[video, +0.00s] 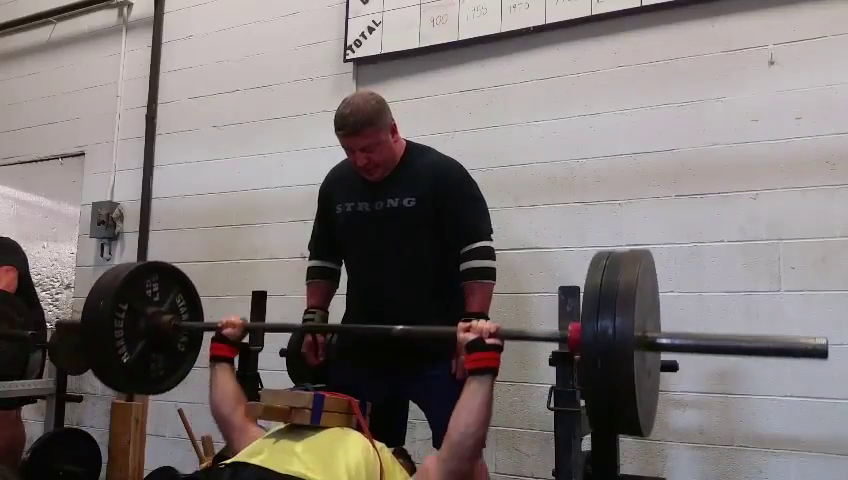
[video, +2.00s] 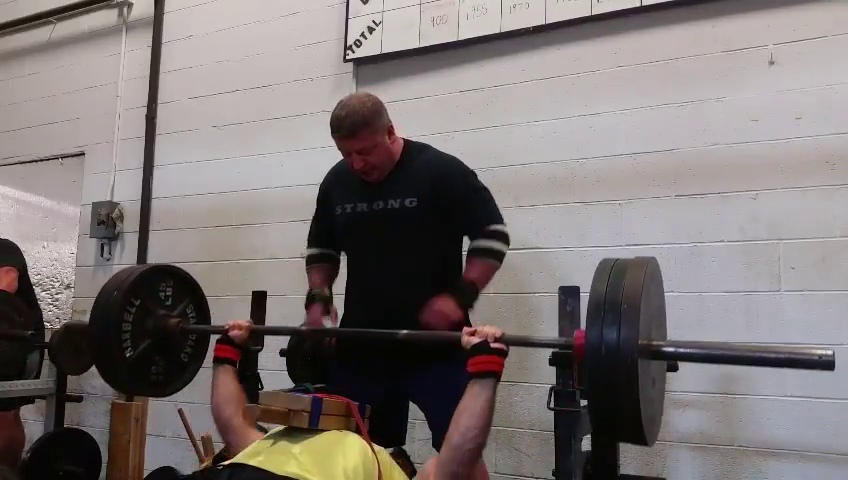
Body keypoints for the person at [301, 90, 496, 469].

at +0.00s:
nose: (360, 160)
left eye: (369, 149)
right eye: (351, 151)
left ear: (394, 132)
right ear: (341, 143)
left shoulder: (444, 176)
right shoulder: (338, 184)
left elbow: (478, 257)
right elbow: (324, 260)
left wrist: (472, 330)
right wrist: (314, 318)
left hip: (437, 344)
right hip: (365, 345)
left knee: (461, 456)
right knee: (368, 459)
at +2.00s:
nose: (357, 163)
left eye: (365, 152)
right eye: (348, 155)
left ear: (392, 134)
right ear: (338, 145)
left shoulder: (443, 173)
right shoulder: (338, 183)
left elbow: (493, 234)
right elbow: (322, 249)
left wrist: (460, 297)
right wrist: (318, 304)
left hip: (437, 345)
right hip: (364, 343)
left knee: (462, 457)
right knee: (366, 460)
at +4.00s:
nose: (394, 146)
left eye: (399, 133)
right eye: (380, 139)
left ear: (409, 122)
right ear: (359, 138)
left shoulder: (449, 172)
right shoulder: (345, 181)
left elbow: (488, 246)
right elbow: (330, 257)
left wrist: (474, 317)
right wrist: (326, 318)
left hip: (443, 344)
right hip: (369, 344)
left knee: (466, 458)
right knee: (367, 460)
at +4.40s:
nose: (359, 157)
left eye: (367, 146)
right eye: (351, 148)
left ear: (395, 133)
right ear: (343, 143)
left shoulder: (446, 176)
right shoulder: (344, 184)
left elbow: (485, 253)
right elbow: (331, 259)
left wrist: (472, 323)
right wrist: (328, 319)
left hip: (439, 343)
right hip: (368, 341)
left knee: (466, 453)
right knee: (362, 453)